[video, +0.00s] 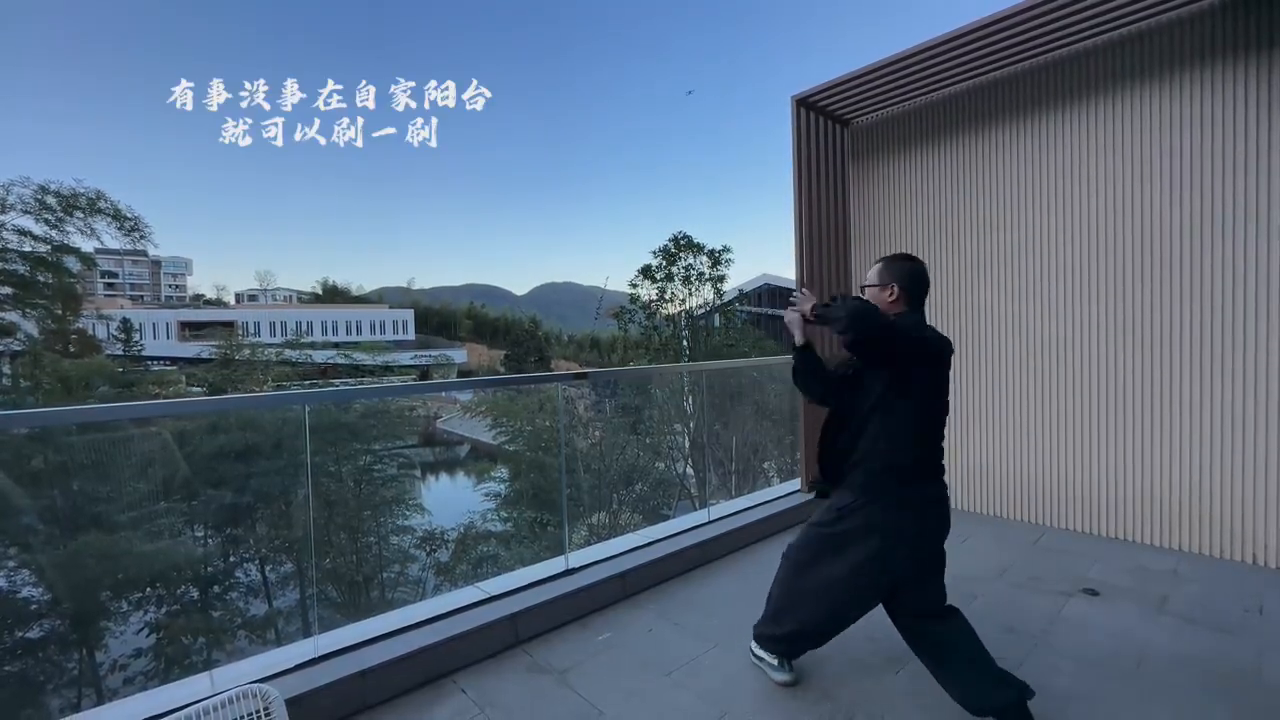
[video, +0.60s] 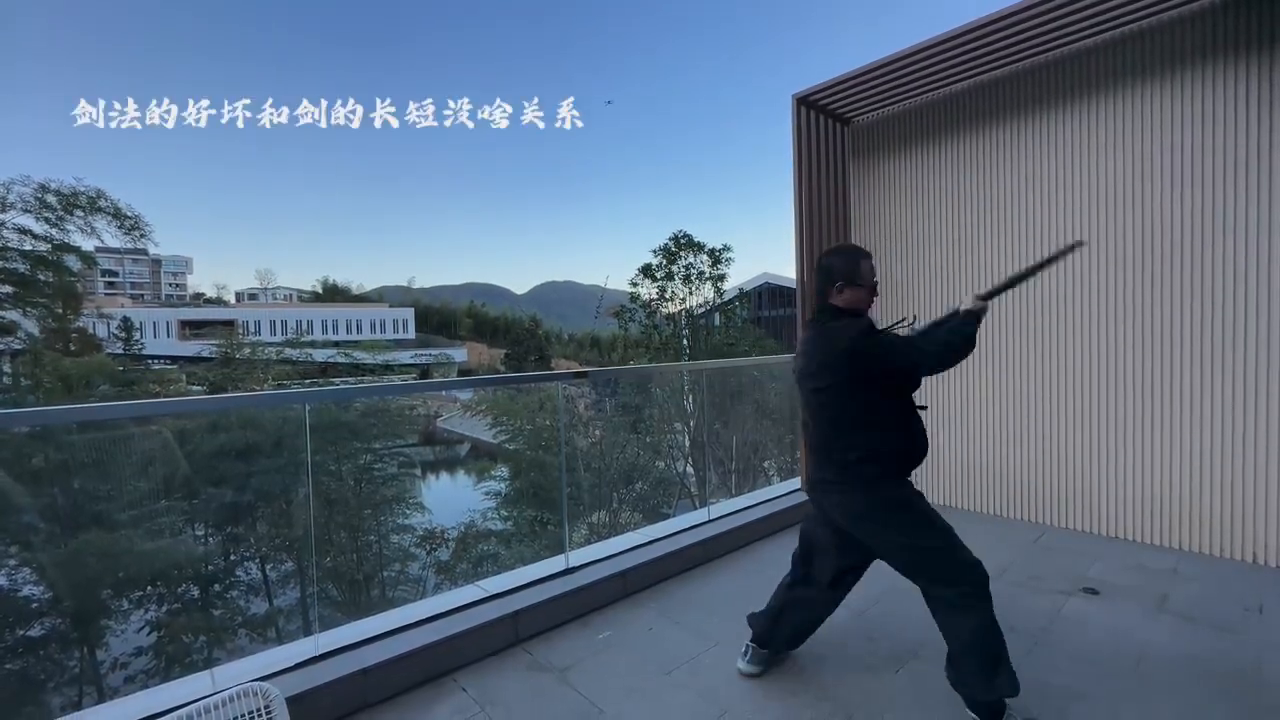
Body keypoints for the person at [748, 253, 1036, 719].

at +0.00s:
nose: (864, 298)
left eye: (870, 290)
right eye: (865, 291)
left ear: (892, 294)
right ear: (900, 298)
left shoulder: (920, 341)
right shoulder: (880, 352)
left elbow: (865, 327)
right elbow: (830, 392)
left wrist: (825, 309)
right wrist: (801, 344)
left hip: (875, 498)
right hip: (916, 501)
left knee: (807, 559)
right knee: (924, 613)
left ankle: (773, 644)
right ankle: (1006, 704)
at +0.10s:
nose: (858, 300)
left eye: (865, 291)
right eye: (860, 292)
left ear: (891, 296)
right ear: (896, 298)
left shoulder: (938, 354)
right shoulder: (870, 356)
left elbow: (912, 379)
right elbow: (817, 392)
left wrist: (848, 357)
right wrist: (804, 347)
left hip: (892, 504)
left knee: (811, 562)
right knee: (925, 618)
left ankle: (775, 646)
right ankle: (1007, 705)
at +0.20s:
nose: (852, 301)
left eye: (859, 294)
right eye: (855, 293)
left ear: (882, 301)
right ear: (884, 303)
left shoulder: (941, 370)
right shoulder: (863, 358)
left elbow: (932, 441)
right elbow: (819, 407)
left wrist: (858, 419)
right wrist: (808, 377)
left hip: (913, 511)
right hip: (871, 499)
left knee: (814, 562)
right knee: (926, 620)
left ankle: (776, 646)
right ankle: (1007, 705)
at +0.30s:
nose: (844, 305)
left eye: (848, 297)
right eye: (846, 297)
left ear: (865, 304)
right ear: (893, 305)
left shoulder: (903, 373)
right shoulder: (874, 357)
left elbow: (888, 466)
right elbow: (843, 413)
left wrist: (818, 448)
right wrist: (809, 399)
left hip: (890, 518)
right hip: (926, 517)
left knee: (808, 556)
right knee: (936, 618)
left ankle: (775, 644)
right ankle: (1013, 705)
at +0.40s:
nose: (834, 297)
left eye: (836, 291)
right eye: (838, 290)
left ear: (840, 300)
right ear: (887, 295)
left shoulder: (853, 363)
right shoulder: (918, 335)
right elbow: (869, 384)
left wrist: (793, 400)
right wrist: (813, 378)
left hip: (866, 508)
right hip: (928, 505)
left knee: (805, 546)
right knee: (953, 606)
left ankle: (773, 644)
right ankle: (1017, 702)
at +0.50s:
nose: (876, 289)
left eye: (874, 280)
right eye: (867, 281)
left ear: (828, 289)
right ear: (847, 288)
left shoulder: (811, 344)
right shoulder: (876, 327)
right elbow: (915, 319)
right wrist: (886, 302)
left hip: (839, 495)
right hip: (903, 491)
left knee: (813, 565)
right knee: (963, 579)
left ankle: (771, 644)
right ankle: (986, 693)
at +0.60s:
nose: (875, 293)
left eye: (874, 284)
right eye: (869, 285)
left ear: (834, 293)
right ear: (840, 291)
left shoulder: (817, 340)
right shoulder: (857, 340)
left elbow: (896, 354)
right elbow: (921, 356)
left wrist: (953, 323)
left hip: (834, 492)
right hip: (878, 494)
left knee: (816, 574)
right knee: (961, 580)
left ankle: (761, 646)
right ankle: (988, 701)